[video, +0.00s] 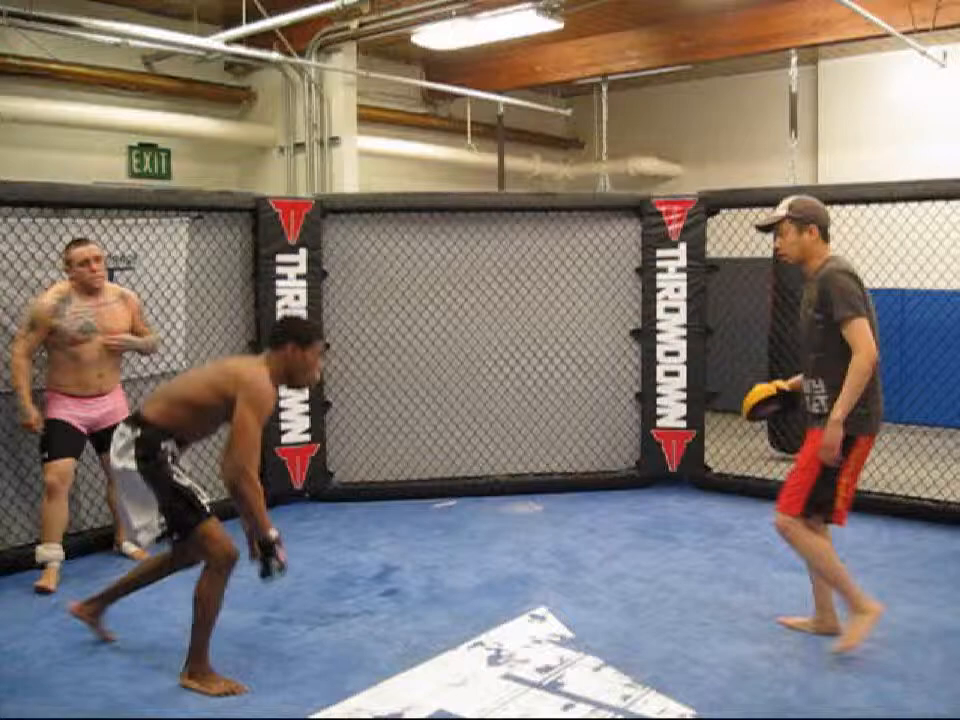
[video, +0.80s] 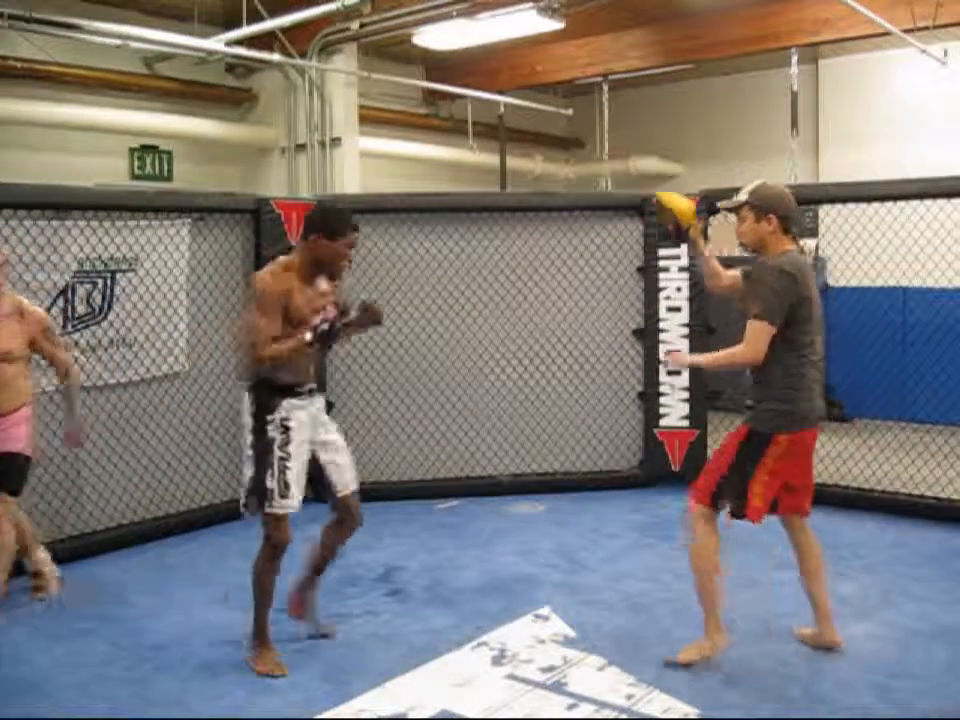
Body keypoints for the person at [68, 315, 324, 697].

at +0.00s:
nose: (319, 367)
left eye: (321, 357)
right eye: (317, 356)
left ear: (288, 351)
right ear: (291, 350)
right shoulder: (257, 385)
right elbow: (240, 473)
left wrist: (259, 534)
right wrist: (266, 536)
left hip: (152, 444)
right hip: (146, 448)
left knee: (191, 549)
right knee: (222, 554)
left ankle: (94, 605)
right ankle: (197, 669)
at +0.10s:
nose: (323, 344)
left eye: (324, 334)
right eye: (320, 334)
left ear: (293, 328)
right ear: (294, 328)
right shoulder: (259, 360)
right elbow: (225, 436)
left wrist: (247, 490)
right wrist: (248, 497)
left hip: (169, 420)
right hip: (158, 422)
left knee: (198, 535)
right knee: (208, 541)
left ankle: (130, 612)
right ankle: (196, 666)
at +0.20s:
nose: (324, 317)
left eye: (325, 308)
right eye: (321, 307)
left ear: (297, 302)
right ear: (301, 302)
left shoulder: (265, 329)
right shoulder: (263, 334)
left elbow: (215, 379)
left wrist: (232, 432)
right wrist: (218, 443)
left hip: (193, 405)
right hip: (175, 404)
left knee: (219, 521)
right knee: (199, 536)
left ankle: (191, 622)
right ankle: (191, 663)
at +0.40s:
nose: (317, 275)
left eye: (318, 266)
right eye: (313, 265)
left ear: (298, 263)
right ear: (288, 261)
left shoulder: (278, 305)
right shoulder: (251, 294)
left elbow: (243, 350)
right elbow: (182, 328)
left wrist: (260, 386)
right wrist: (214, 388)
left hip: (231, 410)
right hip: (209, 410)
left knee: (234, 529)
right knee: (242, 538)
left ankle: (195, 622)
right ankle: (217, 654)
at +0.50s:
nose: (320, 267)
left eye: (321, 258)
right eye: (317, 257)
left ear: (299, 253)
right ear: (294, 251)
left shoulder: (288, 294)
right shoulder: (246, 286)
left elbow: (258, 351)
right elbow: (191, 344)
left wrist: (297, 354)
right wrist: (246, 373)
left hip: (250, 407)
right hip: (226, 408)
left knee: (234, 524)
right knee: (255, 536)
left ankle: (194, 621)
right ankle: (250, 646)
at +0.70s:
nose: (335, 260)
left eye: (337, 251)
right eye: (330, 251)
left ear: (310, 248)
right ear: (302, 246)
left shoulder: (311, 287)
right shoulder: (252, 292)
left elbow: (301, 341)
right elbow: (230, 367)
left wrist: (335, 328)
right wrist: (291, 356)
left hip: (297, 418)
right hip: (262, 422)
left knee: (304, 528)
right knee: (270, 538)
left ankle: (232, 590)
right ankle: (257, 645)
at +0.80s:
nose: (348, 259)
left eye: (351, 251)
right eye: (344, 249)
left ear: (333, 244)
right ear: (317, 240)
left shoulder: (326, 278)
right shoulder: (271, 280)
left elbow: (321, 336)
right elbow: (261, 352)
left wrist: (356, 323)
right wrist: (308, 334)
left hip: (315, 408)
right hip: (277, 412)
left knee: (349, 516)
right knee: (277, 536)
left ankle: (303, 592)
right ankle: (260, 642)